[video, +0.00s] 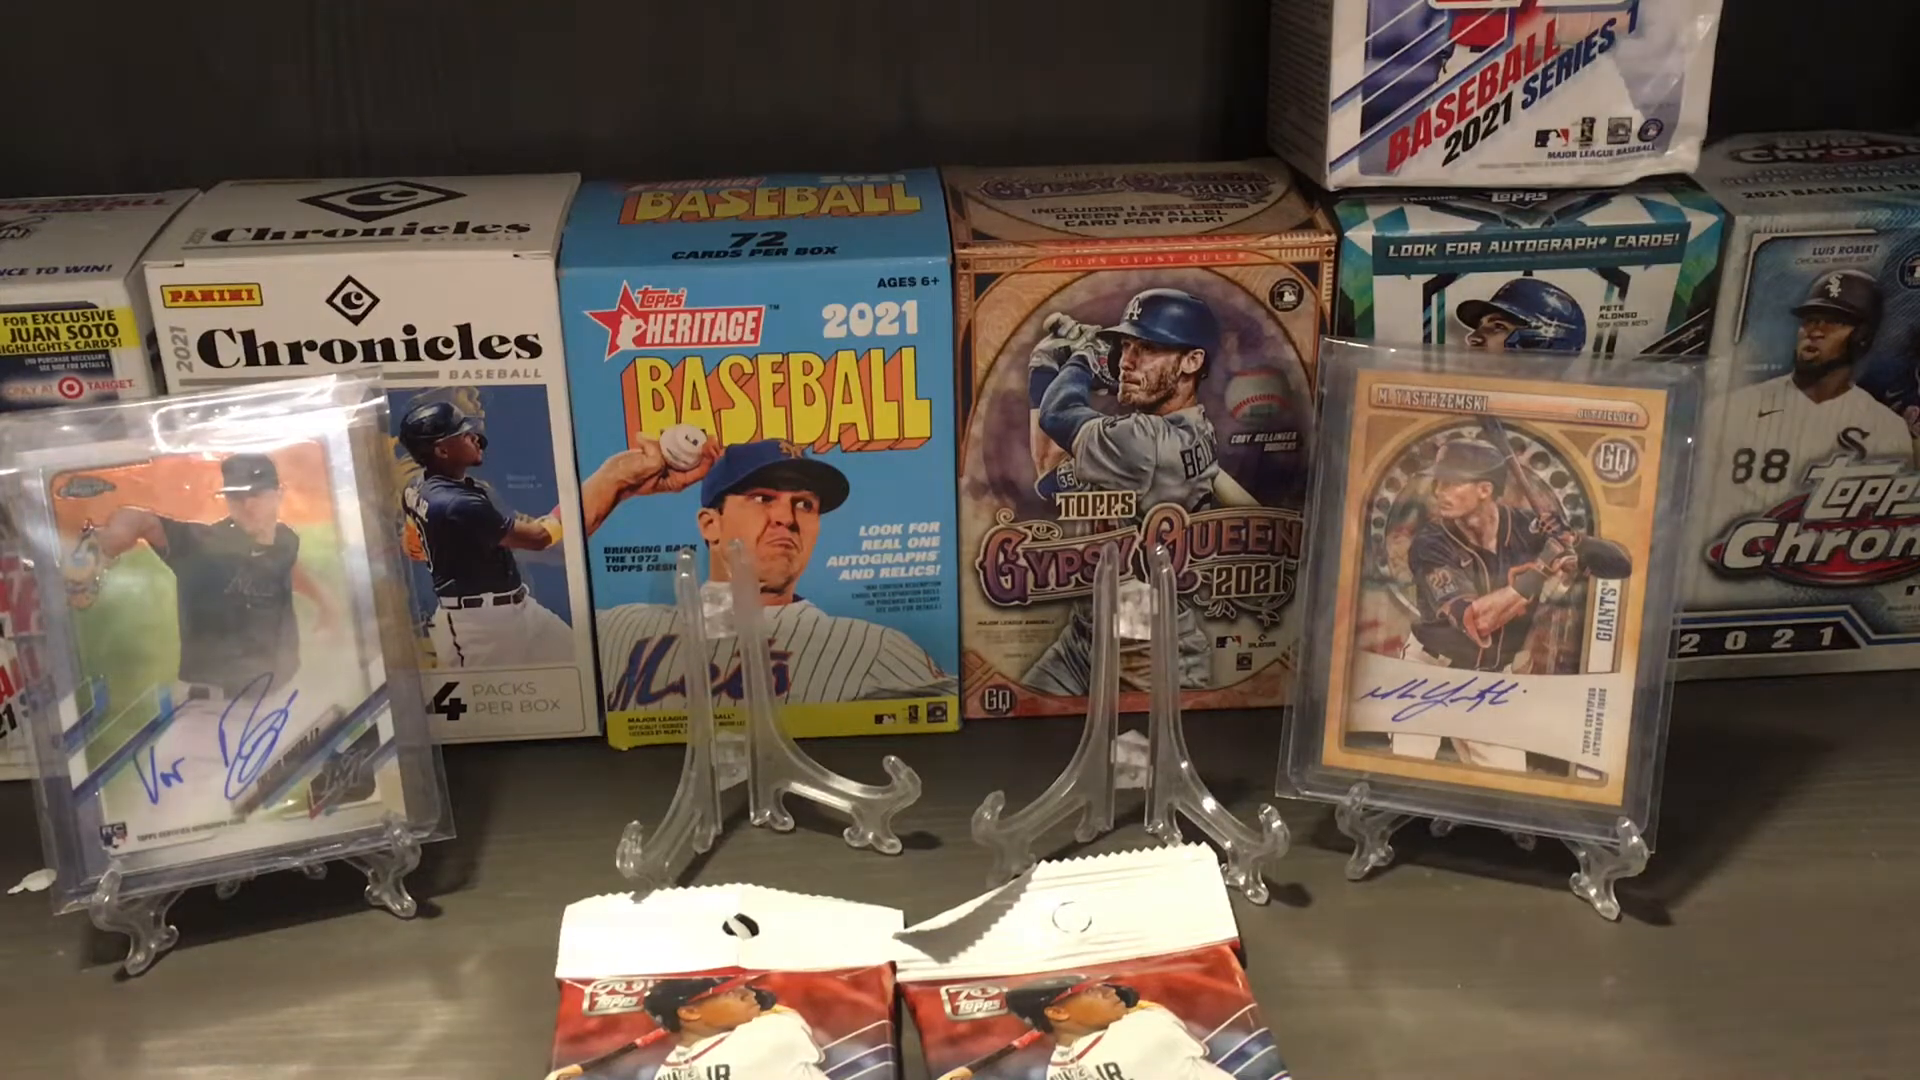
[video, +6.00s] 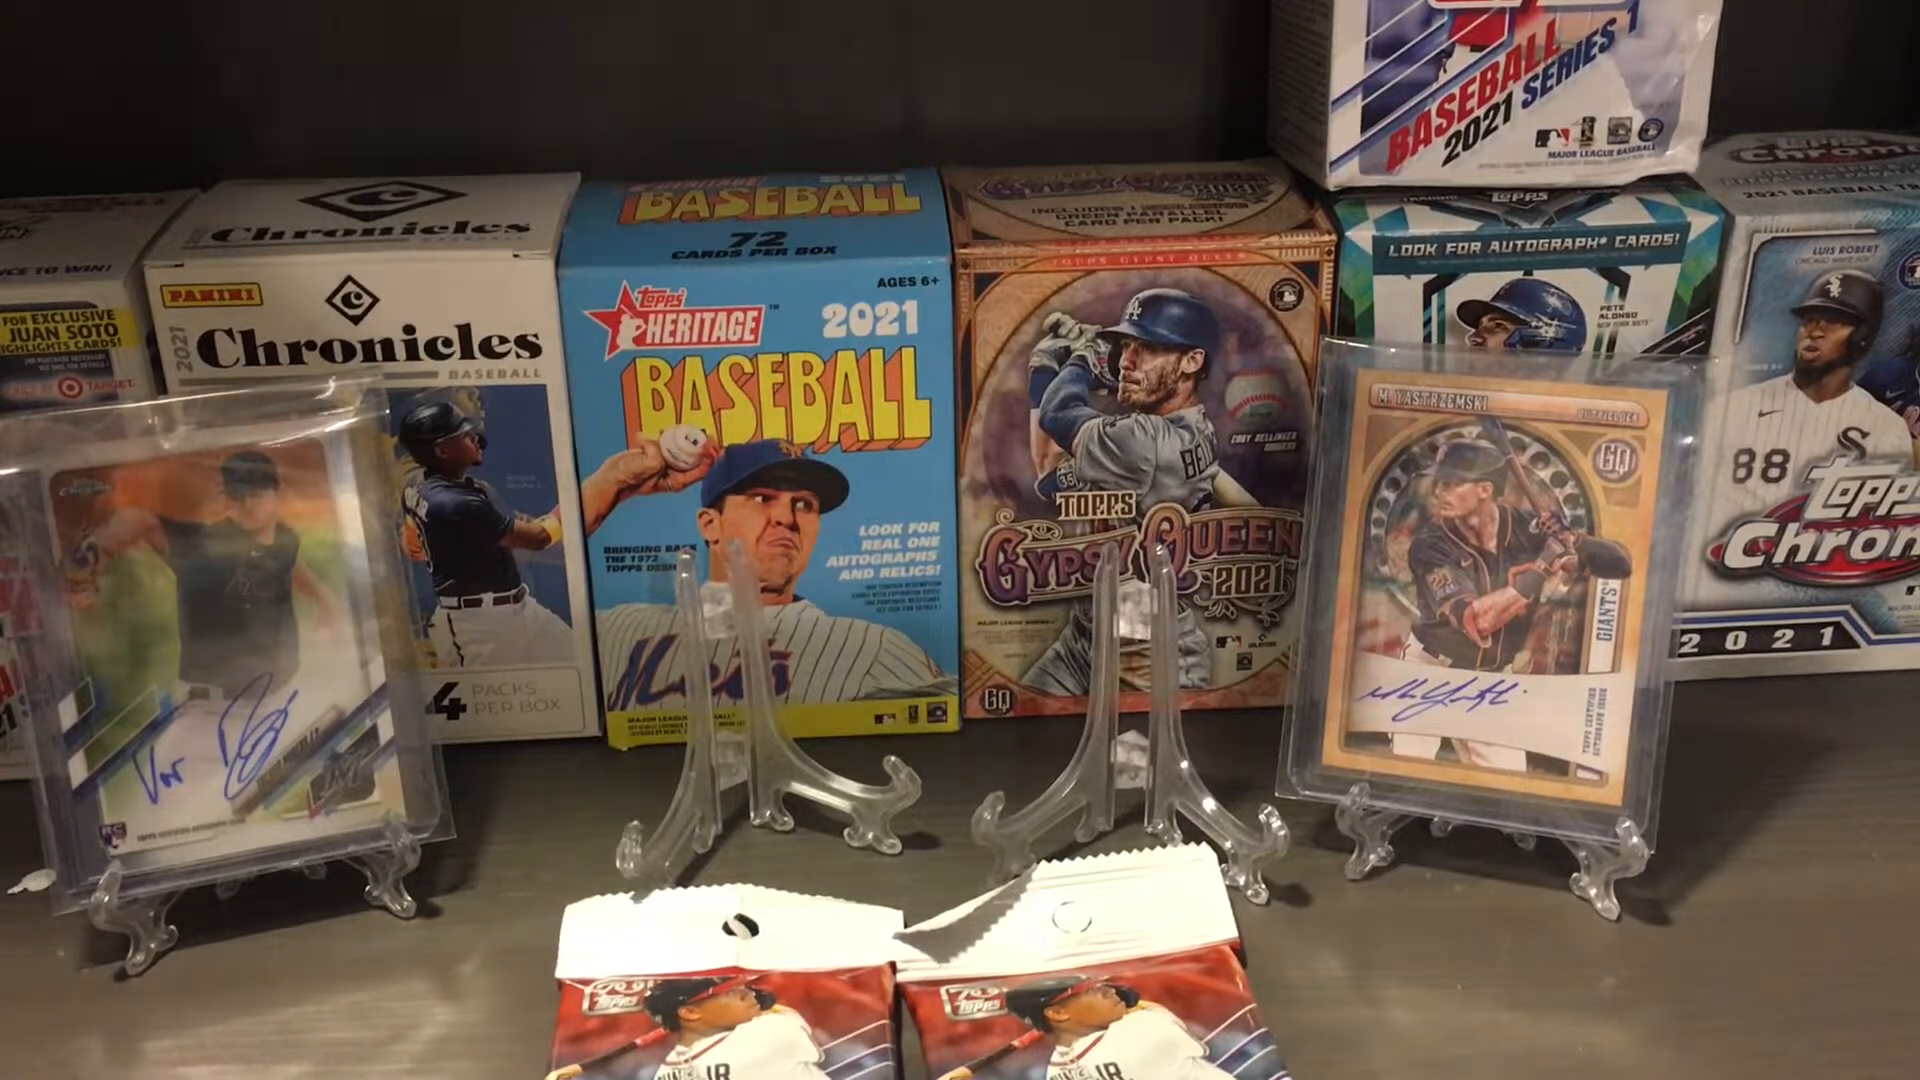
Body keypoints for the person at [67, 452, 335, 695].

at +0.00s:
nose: (247, 504)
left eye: (256, 493)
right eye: (237, 495)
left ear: (278, 495)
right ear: (227, 500)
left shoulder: (286, 542)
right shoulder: (198, 542)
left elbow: (288, 570)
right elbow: (133, 518)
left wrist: (324, 601)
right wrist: (102, 552)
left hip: (278, 700)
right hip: (214, 705)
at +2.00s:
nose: (248, 504)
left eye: (257, 493)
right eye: (237, 495)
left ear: (277, 496)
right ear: (227, 501)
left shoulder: (287, 543)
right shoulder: (199, 544)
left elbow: (290, 571)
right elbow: (132, 519)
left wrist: (323, 601)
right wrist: (92, 557)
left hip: (278, 697)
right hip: (215, 702)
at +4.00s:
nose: (251, 505)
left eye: (259, 494)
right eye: (240, 496)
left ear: (278, 495)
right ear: (229, 501)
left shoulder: (286, 542)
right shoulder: (199, 543)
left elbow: (292, 570)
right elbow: (135, 520)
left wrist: (324, 602)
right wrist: (103, 544)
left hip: (277, 699)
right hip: (215, 704)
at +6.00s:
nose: (248, 506)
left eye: (257, 495)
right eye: (238, 497)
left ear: (275, 495)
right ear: (227, 500)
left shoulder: (286, 540)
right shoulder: (201, 543)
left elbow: (291, 569)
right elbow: (139, 522)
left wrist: (324, 602)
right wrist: (95, 552)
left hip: (275, 688)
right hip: (213, 694)